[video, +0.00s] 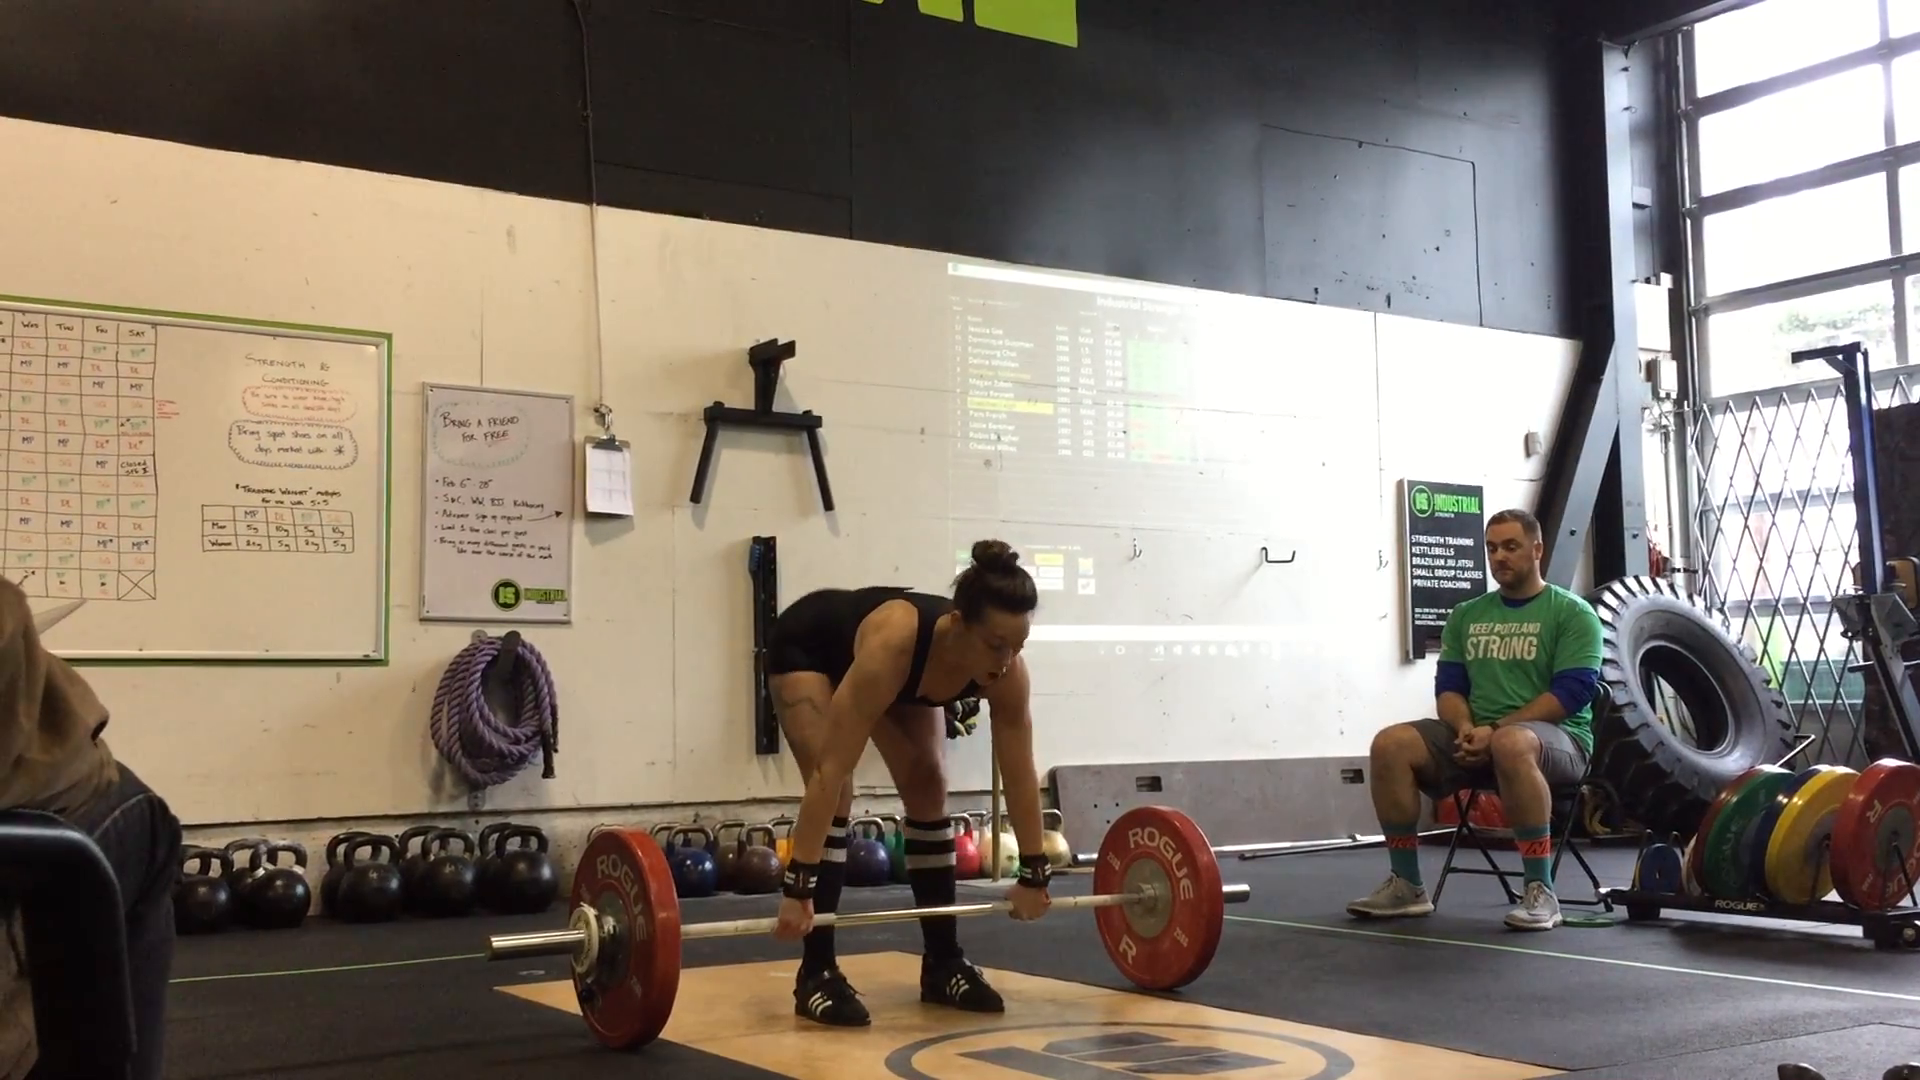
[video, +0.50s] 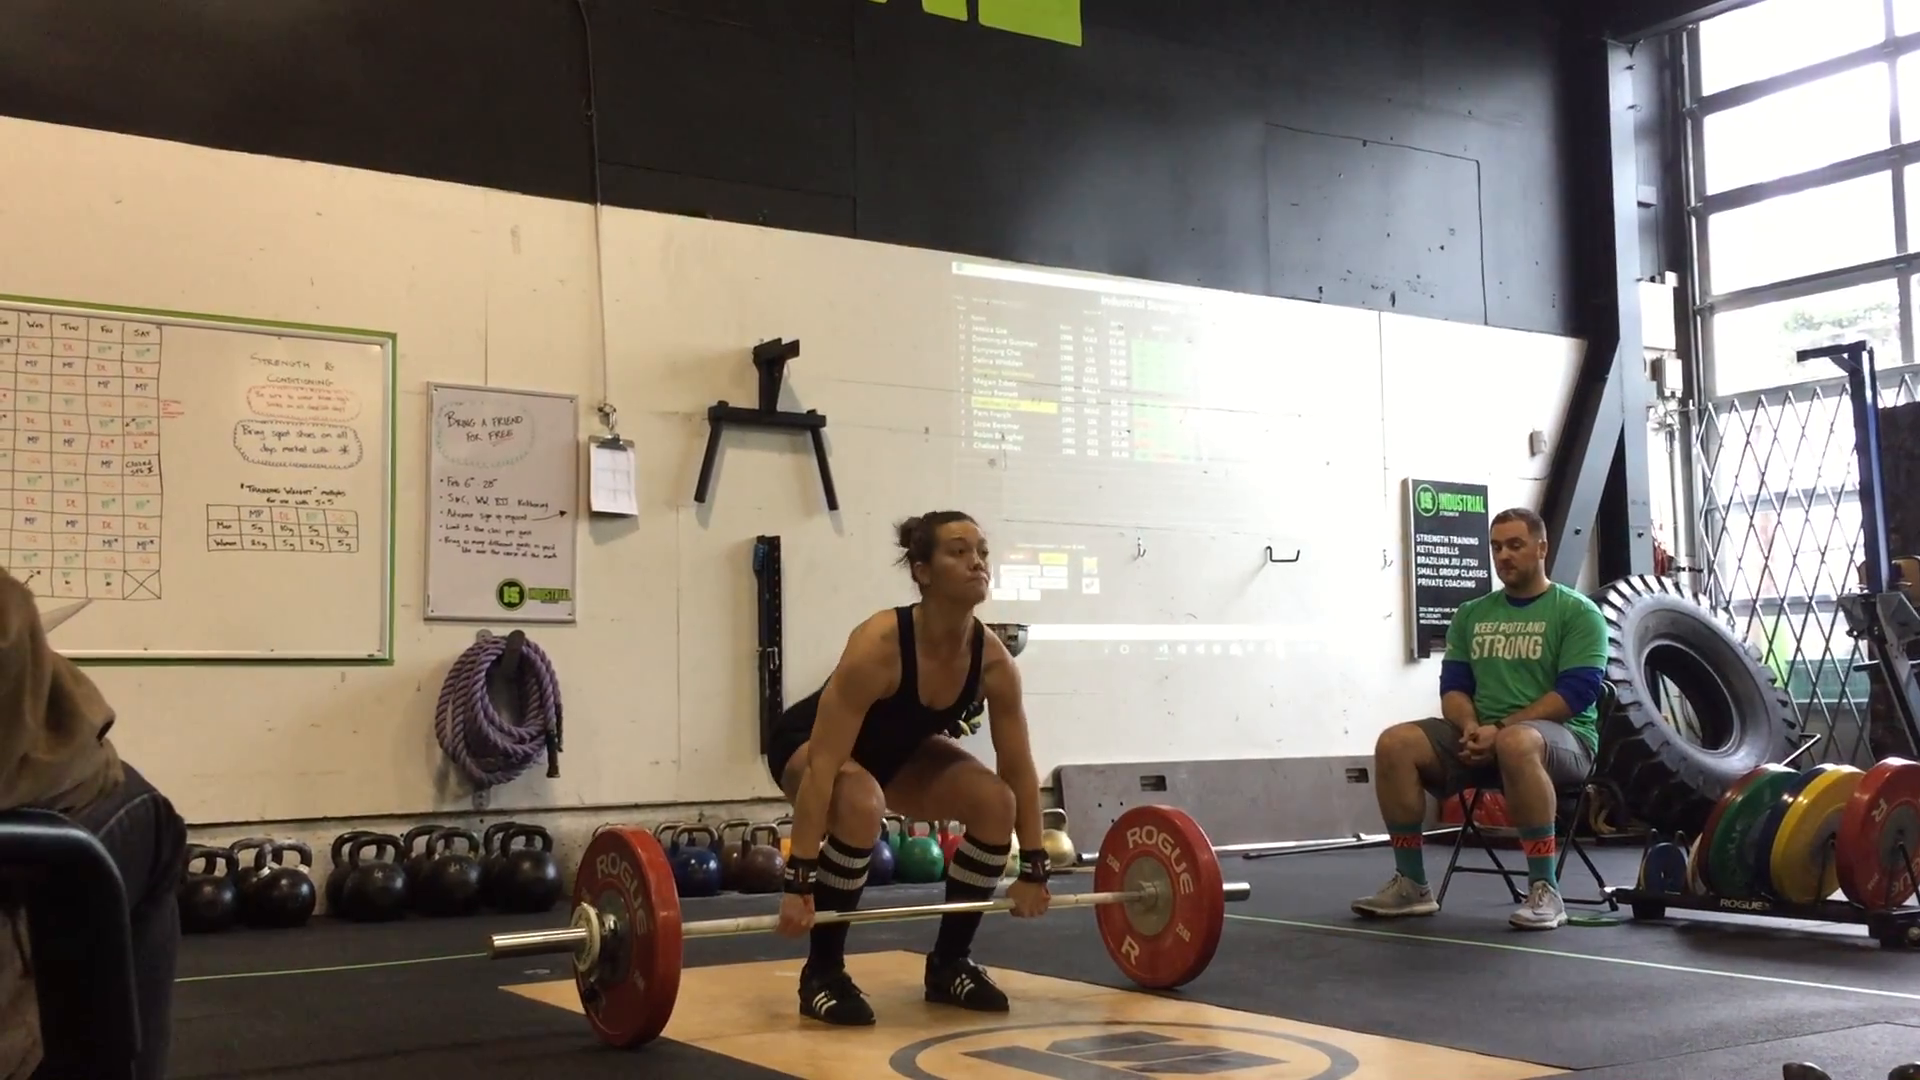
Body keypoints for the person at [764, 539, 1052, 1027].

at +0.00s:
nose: (1008, 662)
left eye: (1019, 647)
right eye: (997, 645)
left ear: (1026, 633)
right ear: (956, 624)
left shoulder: (1007, 673)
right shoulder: (893, 646)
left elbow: (1019, 775)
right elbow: (831, 771)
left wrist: (1034, 872)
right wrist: (798, 886)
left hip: (900, 670)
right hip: (805, 646)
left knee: (928, 784)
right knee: (834, 789)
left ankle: (943, 964)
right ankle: (818, 974)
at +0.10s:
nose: (1005, 645)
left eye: (1015, 630)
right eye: (993, 629)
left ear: (1024, 623)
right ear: (955, 617)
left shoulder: (1007, 672)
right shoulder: (890, 643)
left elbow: (1019, 774)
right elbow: (830, 773)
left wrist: (1034, 871)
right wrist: (799, 886)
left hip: (894, 682)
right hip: (803, 664)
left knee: (951, 788)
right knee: (843, 789)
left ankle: (945, 964)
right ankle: (819, 973)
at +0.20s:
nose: (1001, 622)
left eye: (1008, 607)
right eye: (988, 607)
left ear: (1014, 605)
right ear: (947, 599)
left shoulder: (1003, 670)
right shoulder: (888, 646)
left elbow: (1019, 772)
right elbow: (826, 768)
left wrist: (1033, 869)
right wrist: (797, 884)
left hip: (888, 700)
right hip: (804, 689)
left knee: (966, 786)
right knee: (851, 788)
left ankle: (946, 964)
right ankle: (820, 973)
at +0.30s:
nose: (995, 593)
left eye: (1000, 578)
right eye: (977, 579)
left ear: (1007, 583)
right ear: (937, 586)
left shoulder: (998, 668)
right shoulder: (883, 647)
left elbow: (1019, 771)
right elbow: (825, 764)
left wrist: (1032, 869)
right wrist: (798, 885)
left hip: (883, 719)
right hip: (804, 710)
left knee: (979, 791)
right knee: (853, 792)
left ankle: (947, 964)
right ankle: (821, 975)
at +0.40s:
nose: (985, 573)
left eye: (989, 562)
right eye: (966, 562)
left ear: (995, 573)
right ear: (927, 577)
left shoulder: (995, 667)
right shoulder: (879, 645)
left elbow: (1018, 770)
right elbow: (821, 767)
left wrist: (1034, 868)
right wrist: (798, 885)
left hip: (888, 736)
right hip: (806, 729)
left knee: (986, 795)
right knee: (857, 794)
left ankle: (948, 964)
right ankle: (822, 975)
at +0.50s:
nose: (978, 561)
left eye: (983, 552)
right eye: (959, 551)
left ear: (990, 567)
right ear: (921, 572)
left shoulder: (994, 663)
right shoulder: (878, 646)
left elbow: (1018, 769)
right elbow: (821, 765)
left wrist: (1033, 867)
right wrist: (800, 884)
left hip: (892, 750)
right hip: (812, 747)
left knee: (997, 803)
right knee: (861, 801)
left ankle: (949, 965)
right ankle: (823, 975)